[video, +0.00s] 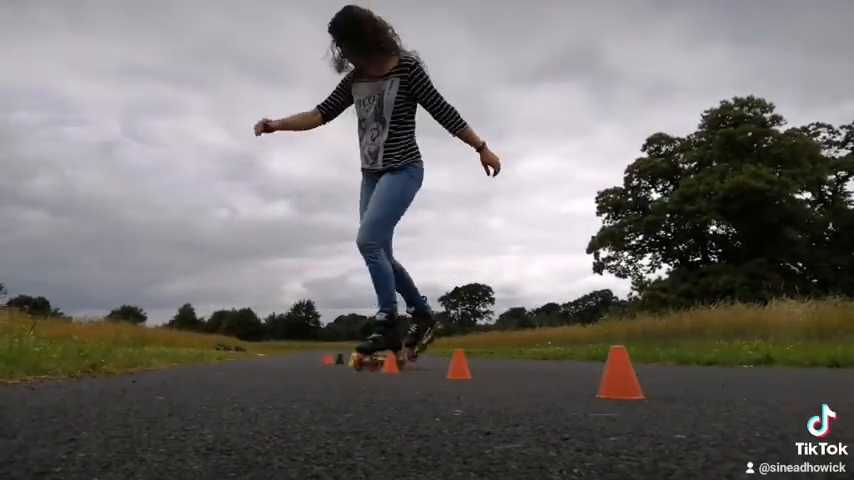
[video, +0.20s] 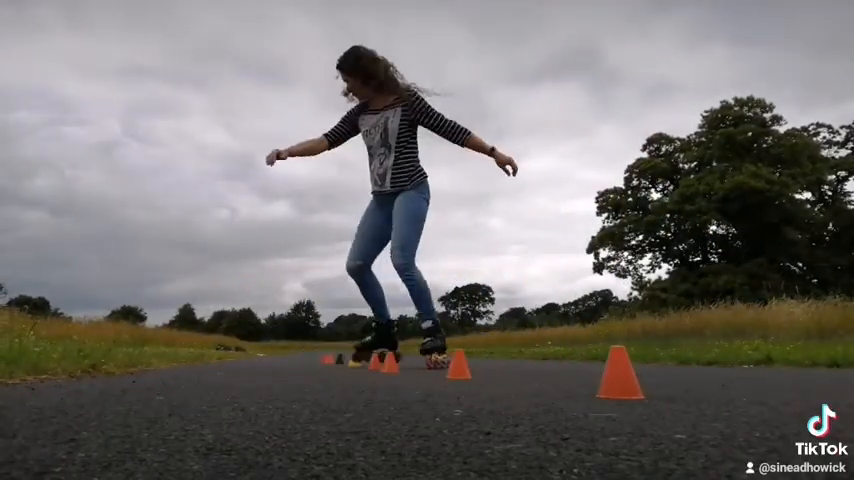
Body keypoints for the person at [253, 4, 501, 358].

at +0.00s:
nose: (358, 65)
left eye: (361, 57)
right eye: (354, 58)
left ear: (373, 45)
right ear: (350, 54)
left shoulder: (407, 68)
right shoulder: (357, 76)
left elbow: (441, 110)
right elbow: (322, 113)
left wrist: (482, 148)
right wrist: (278, 124)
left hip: (403, 170)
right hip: (371, 173)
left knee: (369, 240)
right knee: (381, 256)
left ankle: (389, 322)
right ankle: (423, 313)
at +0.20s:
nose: (347, 88)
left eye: (349, 81)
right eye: (345, 82)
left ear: (368, 78)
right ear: (365, 80)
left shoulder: (409, 102)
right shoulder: (360, 114)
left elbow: (450, 130)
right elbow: (326, 141)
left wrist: (493, 152)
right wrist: (289, 151)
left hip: (412, 191)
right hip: (382, 197)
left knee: (402, 261)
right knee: (356, 265)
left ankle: (433, 332)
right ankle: (386, 333)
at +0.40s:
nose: (340, 121)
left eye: (342, 115)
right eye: (338, 116)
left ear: (356, 113)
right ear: (351, 116)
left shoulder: (393, 135)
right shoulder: (350, 147)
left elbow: (427, 148)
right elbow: (321, 170)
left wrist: (455, 150)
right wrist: (284, 193)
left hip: (403, 219)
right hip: (368, 222)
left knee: (420, 280)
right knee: (332, 269)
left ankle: (444, 334)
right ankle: (358, 334)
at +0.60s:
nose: (321, 137)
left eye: (323, 132)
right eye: (318, 133)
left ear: (335, 127)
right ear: (319, 132)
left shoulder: (362, 146)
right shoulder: (329, 153)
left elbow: (379, 163)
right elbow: (330, 184)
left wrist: (383, 170)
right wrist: (327, 213)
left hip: (373, 221)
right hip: (341, 222)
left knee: (381, 279)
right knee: (329, 268)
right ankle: (338, 331)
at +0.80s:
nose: (302, 152)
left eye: (304, 147)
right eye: (300, 148)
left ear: (316, 143)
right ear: (309, 145)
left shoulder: (341, 162)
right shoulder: (315, 164)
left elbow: (331, 191)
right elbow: (322, 193)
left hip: (346, 231)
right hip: (319, 229)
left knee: (339, 283)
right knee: (311, 273)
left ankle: (322, 331)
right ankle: (308, 326)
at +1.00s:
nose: (280, 165)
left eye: (281, 160)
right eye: (278, 161)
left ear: (292, 158)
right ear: (295, 157)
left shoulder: (311, 176)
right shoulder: (298, 177)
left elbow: (284, 202)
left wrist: (247, 210)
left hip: (322, 237)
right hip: (298, 236)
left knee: (305, 282)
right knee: (290, 278)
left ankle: (294, 329)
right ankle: (285, 328)